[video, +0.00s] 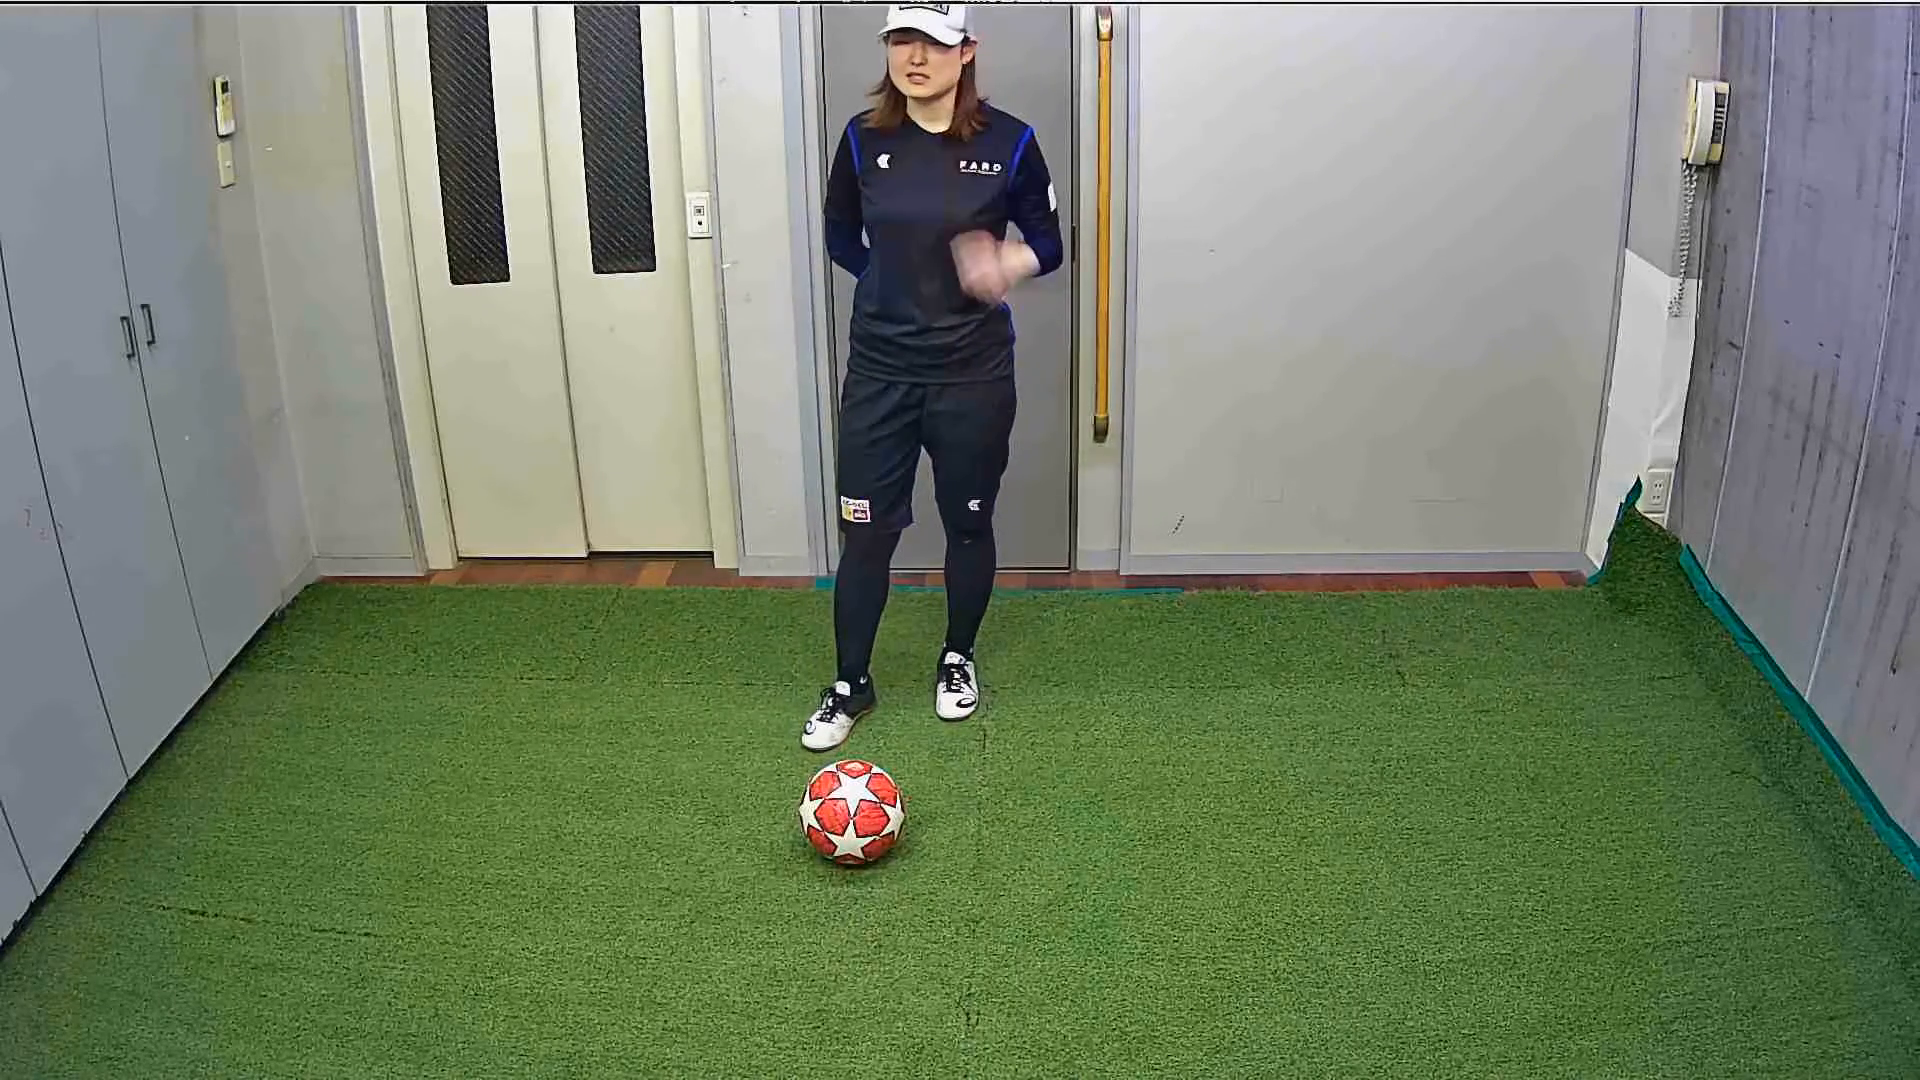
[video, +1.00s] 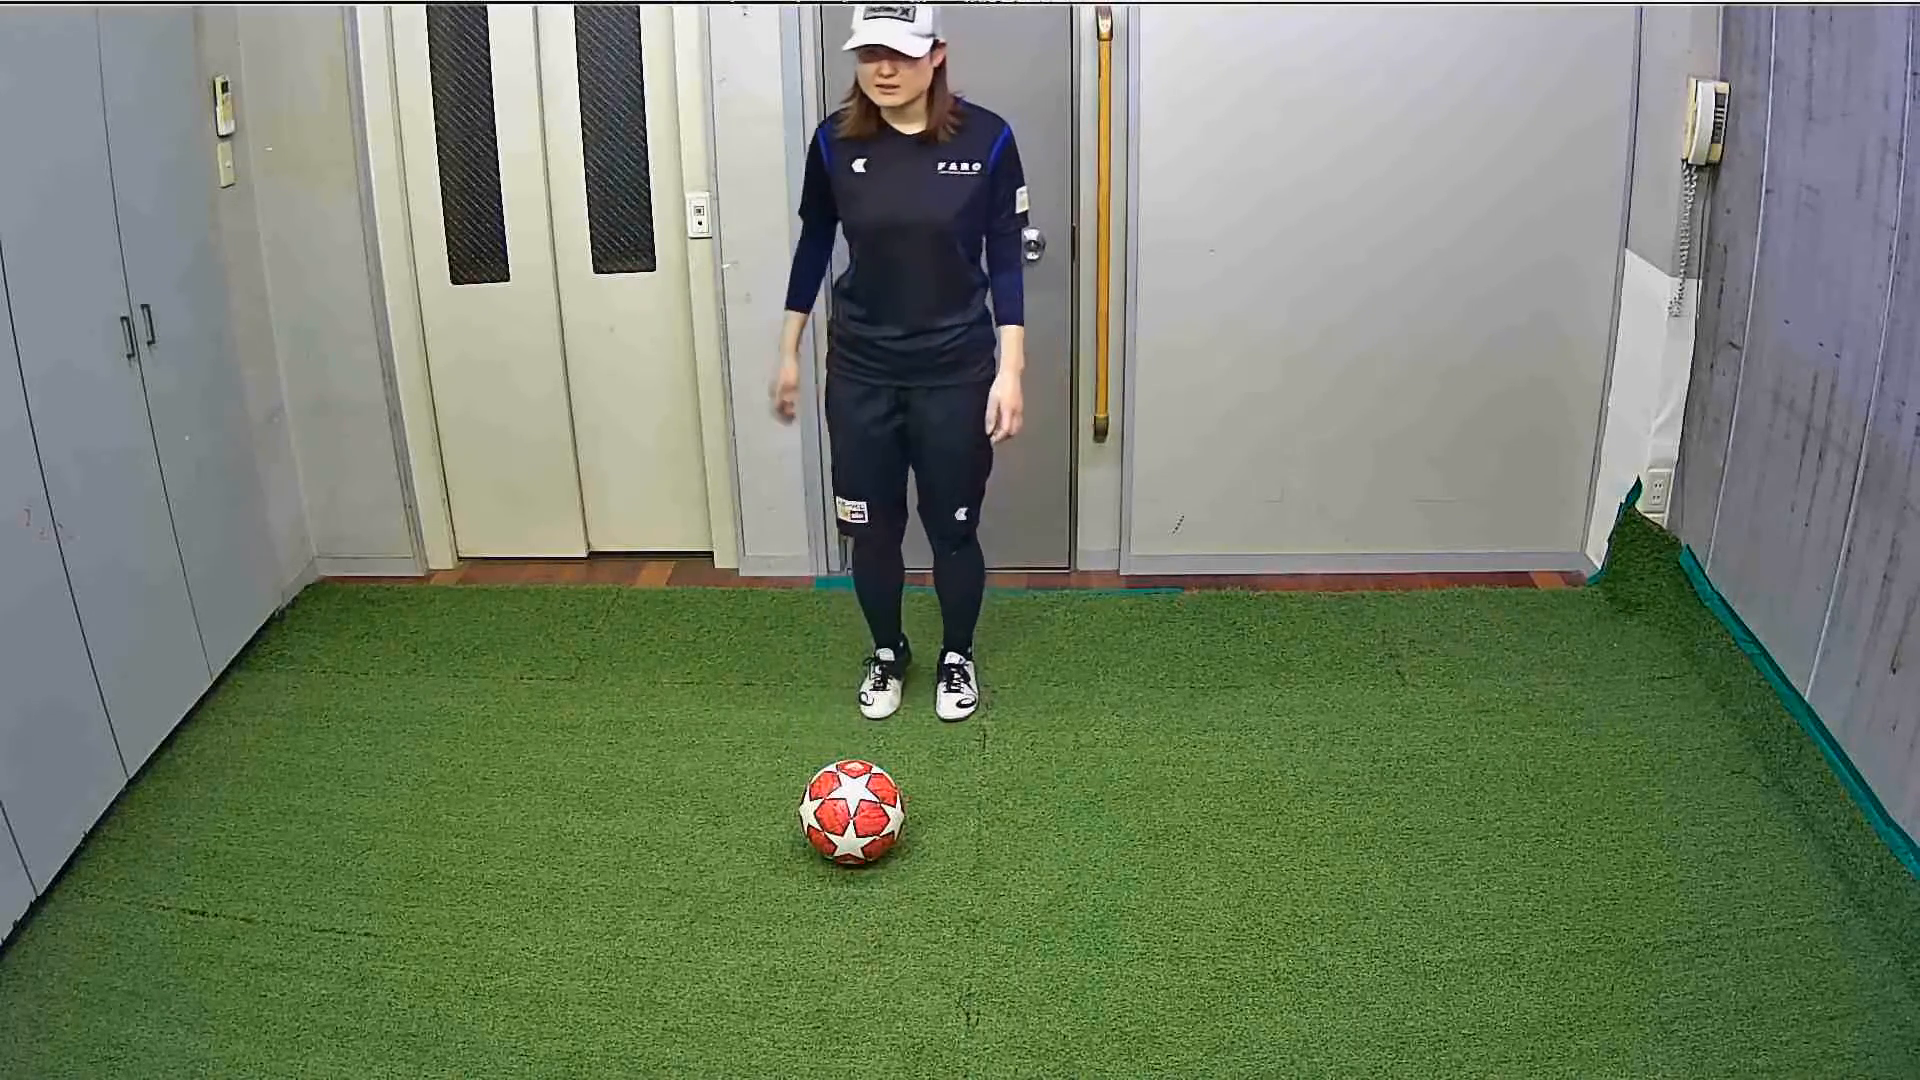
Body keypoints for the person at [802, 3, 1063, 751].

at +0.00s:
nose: (916, 56)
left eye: (933, 44)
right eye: (904, 42)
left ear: (965, 54)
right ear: (888, 54)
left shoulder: (1010, 142)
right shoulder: (864, 138)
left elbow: (1048, 246)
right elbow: (840, 238)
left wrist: (1011, 263)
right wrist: (896, 278)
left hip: (972, 368)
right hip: (879, 364)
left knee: (967, 522)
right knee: (863, 523)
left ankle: (957, 658)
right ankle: (851, 684)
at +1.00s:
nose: (883, 70)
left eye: (900, 56)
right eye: (870, 55)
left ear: (936, 57)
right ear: (856, 61)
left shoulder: (987, 138)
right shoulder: (835, 140)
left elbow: (1006, 257)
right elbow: (814, 241)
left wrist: (1010, 370)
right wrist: (789, 348)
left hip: (954, 367)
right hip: (859, 367)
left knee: (953, 528)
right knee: (867, 526)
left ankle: (956, 659)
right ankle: (887, 655)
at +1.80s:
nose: (878, 143)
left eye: (896, 127)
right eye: (864, 128)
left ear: (934, 108)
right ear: (844, 113)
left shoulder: (995, 181)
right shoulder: (832, 178)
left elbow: (1031, 310)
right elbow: (823, 273)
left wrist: (1065, 433)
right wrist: (785, 369)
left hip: (972, 428)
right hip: (869, 430)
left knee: (979, 622)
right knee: (901, 632)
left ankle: (1003, 760)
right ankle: (948, 769)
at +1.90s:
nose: (870, 140)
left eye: (888, 123)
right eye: (856, 123)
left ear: (929, 108)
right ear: (839, 112)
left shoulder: (990, 189)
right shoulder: (830, 180)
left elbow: (1031, 323)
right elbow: (828, 273)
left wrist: (1051, 444)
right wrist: (803, 362)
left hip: (957, 435)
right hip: (855, 431)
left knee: (968, 623)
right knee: (869, 623)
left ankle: (1001, 759)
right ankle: (877, 813)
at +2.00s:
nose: (846, 127)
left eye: (864, 112)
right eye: (830, 111)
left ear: (903, 106)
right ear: (810, 108)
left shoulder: (963, 184)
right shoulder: (800, 187)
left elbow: (1009, 306)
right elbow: (799, 288)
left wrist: (1011, 420)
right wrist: (782, 391)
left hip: (939, 442)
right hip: (832, 442)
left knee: (960, 626)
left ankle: (997, 758)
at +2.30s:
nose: (750, 120)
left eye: (770, 103)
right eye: (733, 103)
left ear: (811, 103)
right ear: (714, 108)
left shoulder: (870, 186)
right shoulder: (704, 201)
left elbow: (915, 300)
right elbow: (694, 312)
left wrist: (942, 427)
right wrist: (666, 436)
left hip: (846, 446)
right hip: (742, 447)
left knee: (839, 644)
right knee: (738, 626)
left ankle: (930, 722)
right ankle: (741, 770)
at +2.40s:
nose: (721, 123)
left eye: (742, 107)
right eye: (705, 108)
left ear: (779, 108)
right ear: (686, 114)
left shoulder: (844, 185)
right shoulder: (681, 210)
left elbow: (879, 302)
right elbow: (658, 331)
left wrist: (903, 409)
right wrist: (631, 451)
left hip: (829, 451)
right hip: (727, 452)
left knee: (772, 645)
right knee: (726, 630)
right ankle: (742, 769)